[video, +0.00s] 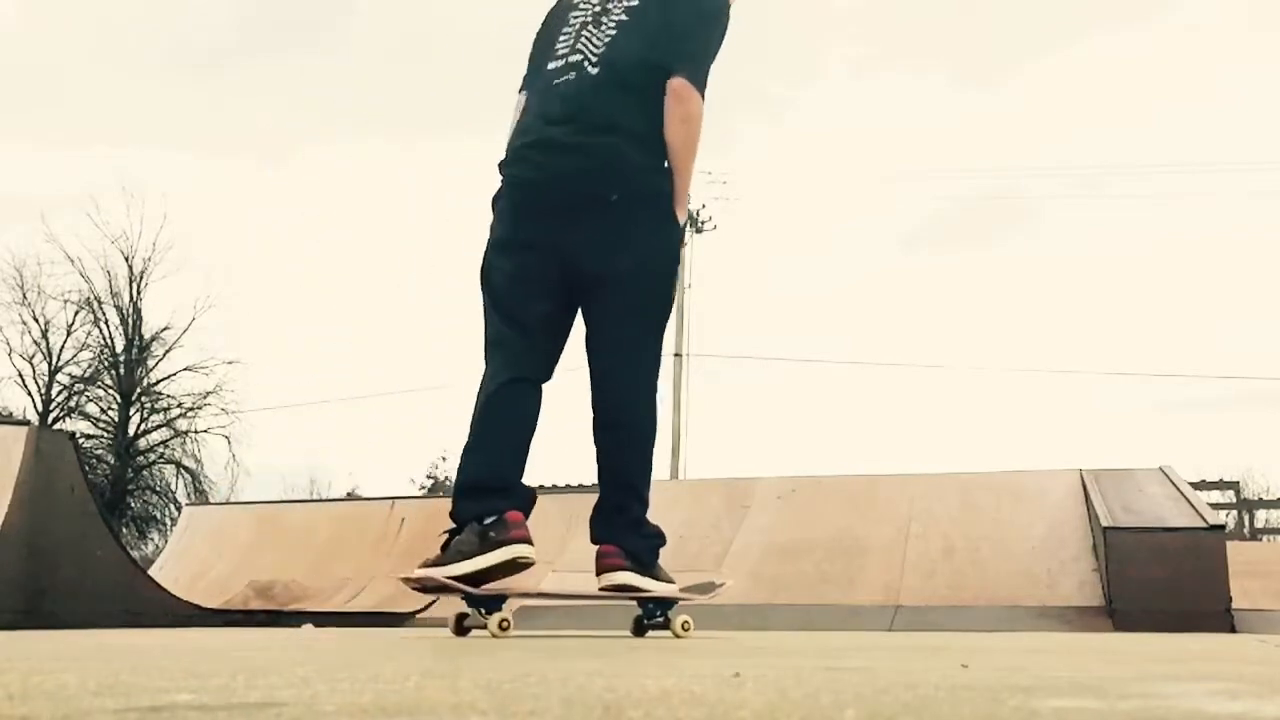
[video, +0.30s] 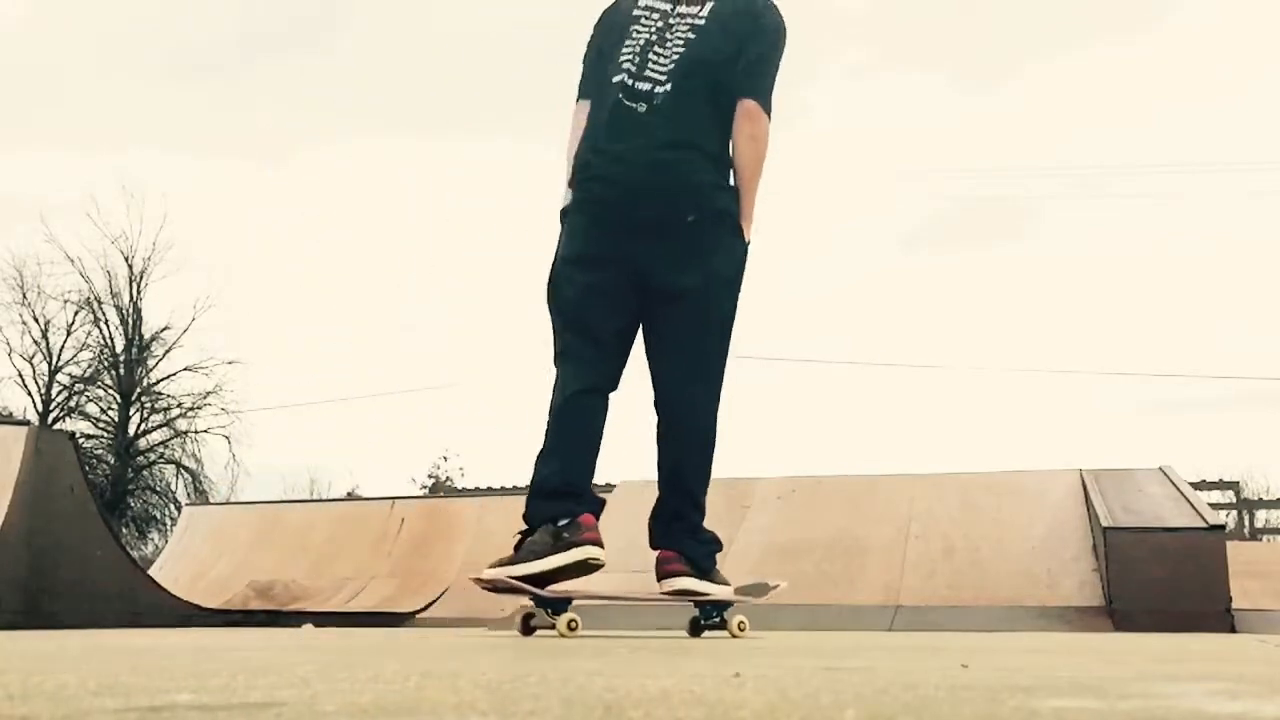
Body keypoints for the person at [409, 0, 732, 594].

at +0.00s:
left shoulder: (565, 8)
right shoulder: (700, 4)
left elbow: (528, 102)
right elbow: (680, 90)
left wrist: (518, 177)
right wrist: (679, 197)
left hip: (532, 189)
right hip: (628, 194)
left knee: (512, 367)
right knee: (626, 384)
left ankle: (489, 517)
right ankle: (624, 541)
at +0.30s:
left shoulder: (619, 11)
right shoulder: (755, 13)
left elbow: (586, 114)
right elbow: (749, 116)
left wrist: (577, 197)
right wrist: (743, 219)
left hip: (598, 212)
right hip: (694, 218)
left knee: (580, 377)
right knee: (689, 398)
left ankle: (561, 519)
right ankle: (682, 548)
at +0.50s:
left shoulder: (634, 19)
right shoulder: (772, 25)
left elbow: (610, 124)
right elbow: (779, 131)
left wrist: (607, 216)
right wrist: (772, 226)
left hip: (640, 222)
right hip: (736, 224)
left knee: (628, 389)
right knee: (737, 398)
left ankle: (624, 536)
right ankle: (742, 554)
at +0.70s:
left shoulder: (648, 16)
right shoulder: (756, 49)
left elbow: (646, 118)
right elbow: (777, 150)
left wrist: (641, 227)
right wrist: (776, 220)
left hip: (685, 229)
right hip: (763, 230)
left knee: (672, 387)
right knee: (784, 390)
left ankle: (707, 544)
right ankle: (823, 553)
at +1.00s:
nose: (624, 71)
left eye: (619, 60)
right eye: (619, 64)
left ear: (627, 34)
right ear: (665, 19)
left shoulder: (660, 48)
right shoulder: (733, 70)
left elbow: (678, 142)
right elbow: (760, 174)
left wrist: (679, 244)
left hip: (716, 251)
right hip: (756, 247)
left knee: (719, 406)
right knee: (723, 404)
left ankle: (787, 556)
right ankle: (747, 556)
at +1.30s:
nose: (604, 109)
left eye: (597, 96)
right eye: (596, 103)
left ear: (613, 70)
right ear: (618, 71)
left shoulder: (659, 76)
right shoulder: (669, 99)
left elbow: (677, 162)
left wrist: (670, 253)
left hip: (696, 283)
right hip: (678, 290)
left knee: (698, 417)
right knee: (655, 423)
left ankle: (761, 563)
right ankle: (679, 563)